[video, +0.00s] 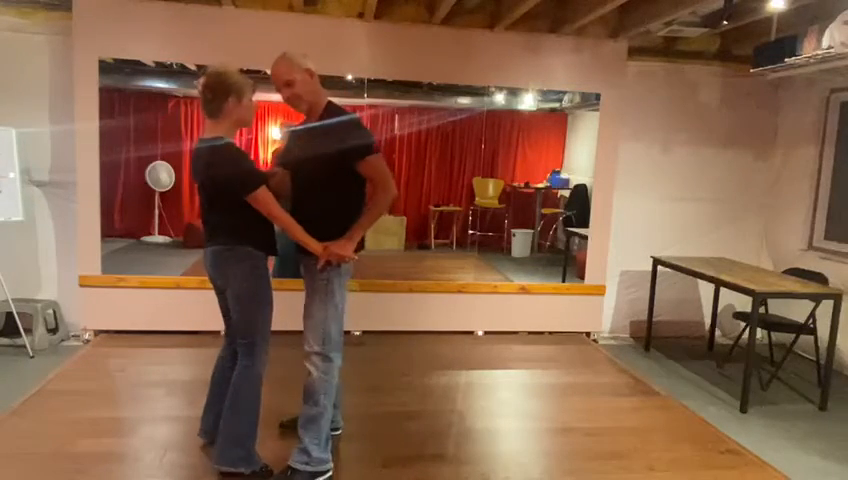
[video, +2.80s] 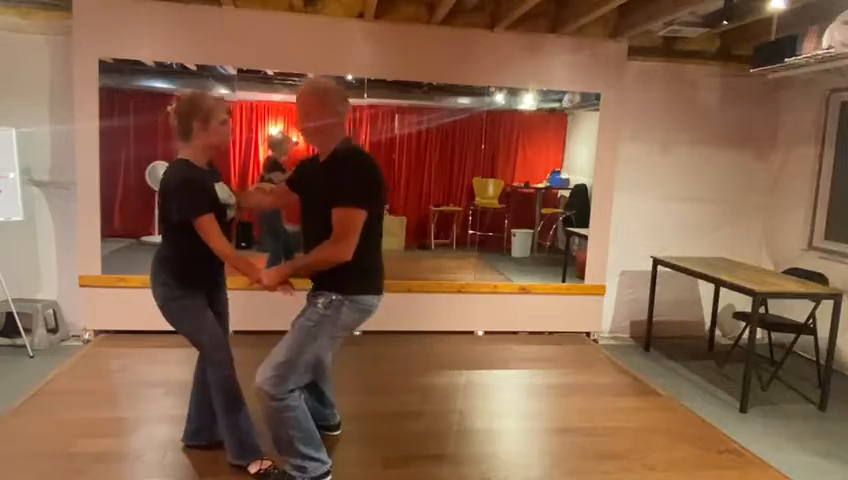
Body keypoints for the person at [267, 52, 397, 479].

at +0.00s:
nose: (284, 94)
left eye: (287, 84)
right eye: (279, 89)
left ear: (310, 75)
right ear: (281, 90)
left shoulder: (346, 125)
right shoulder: (299, 132)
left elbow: (386, 189)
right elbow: (278, 186)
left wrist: (350, 239)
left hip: (334, 252)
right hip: (308, 251)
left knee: (319, 351)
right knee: (321, 343)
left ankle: (314, 460)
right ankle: (326, 419)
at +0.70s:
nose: (275, 98)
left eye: (281, 88)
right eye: (271, 91)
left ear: (305, 84)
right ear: (276, 93)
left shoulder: (329, 126)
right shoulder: (298, 134)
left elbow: (380, 170)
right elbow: (281, 180)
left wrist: (358, 227)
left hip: (340, 251)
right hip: (323, 250)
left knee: (323, 348)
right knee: (331, 342)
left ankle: (312, 457)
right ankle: (329, 418)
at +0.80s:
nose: (275, 97)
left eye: (281, 88)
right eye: (271, 90)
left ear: (305, 85)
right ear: (277, 92)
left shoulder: (328, 125)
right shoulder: (297, 135)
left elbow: (384, 164)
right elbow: (271, 179)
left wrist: (368, 223)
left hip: (343, 253)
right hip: (323, 253)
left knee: (325, 349)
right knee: (327, 342)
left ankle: (313, 460)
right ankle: (326, 418)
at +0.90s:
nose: (277, 92)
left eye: (284, 84)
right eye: (273, 85)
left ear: (308, 84)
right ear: (274, 91)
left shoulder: (333, 124)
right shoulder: (291, 138)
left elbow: (388, 154)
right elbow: (264, 183)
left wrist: (379, 214)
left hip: (344, 252)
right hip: (320, 252)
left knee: (325, 351)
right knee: (318, 340)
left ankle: (313, 462)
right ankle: (325, 416)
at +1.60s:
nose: (312, 136)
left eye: (318, 128)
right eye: (305, 129)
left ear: (334, 129)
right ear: (298, 135)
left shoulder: (361, 166)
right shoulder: (295, 188)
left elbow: (392, 220)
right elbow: (247, 217)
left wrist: (348, 254)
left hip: (367, 279)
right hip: (327, 280)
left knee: (306, 353)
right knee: (276, 343)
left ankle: (313, 467)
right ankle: (322, 419)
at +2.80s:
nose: (299, 123)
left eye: (303, 116)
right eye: (300, 116)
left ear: (314, 118)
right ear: (341, 116)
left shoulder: (356, 168)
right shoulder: (311, 169)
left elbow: (342, 248)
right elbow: (274, 198)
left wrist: (285, 270)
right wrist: (231, 197)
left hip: (349, 294)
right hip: (327, 288)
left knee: (275, 383)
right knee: (307, 352)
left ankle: (310, 470)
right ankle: (324, 417)